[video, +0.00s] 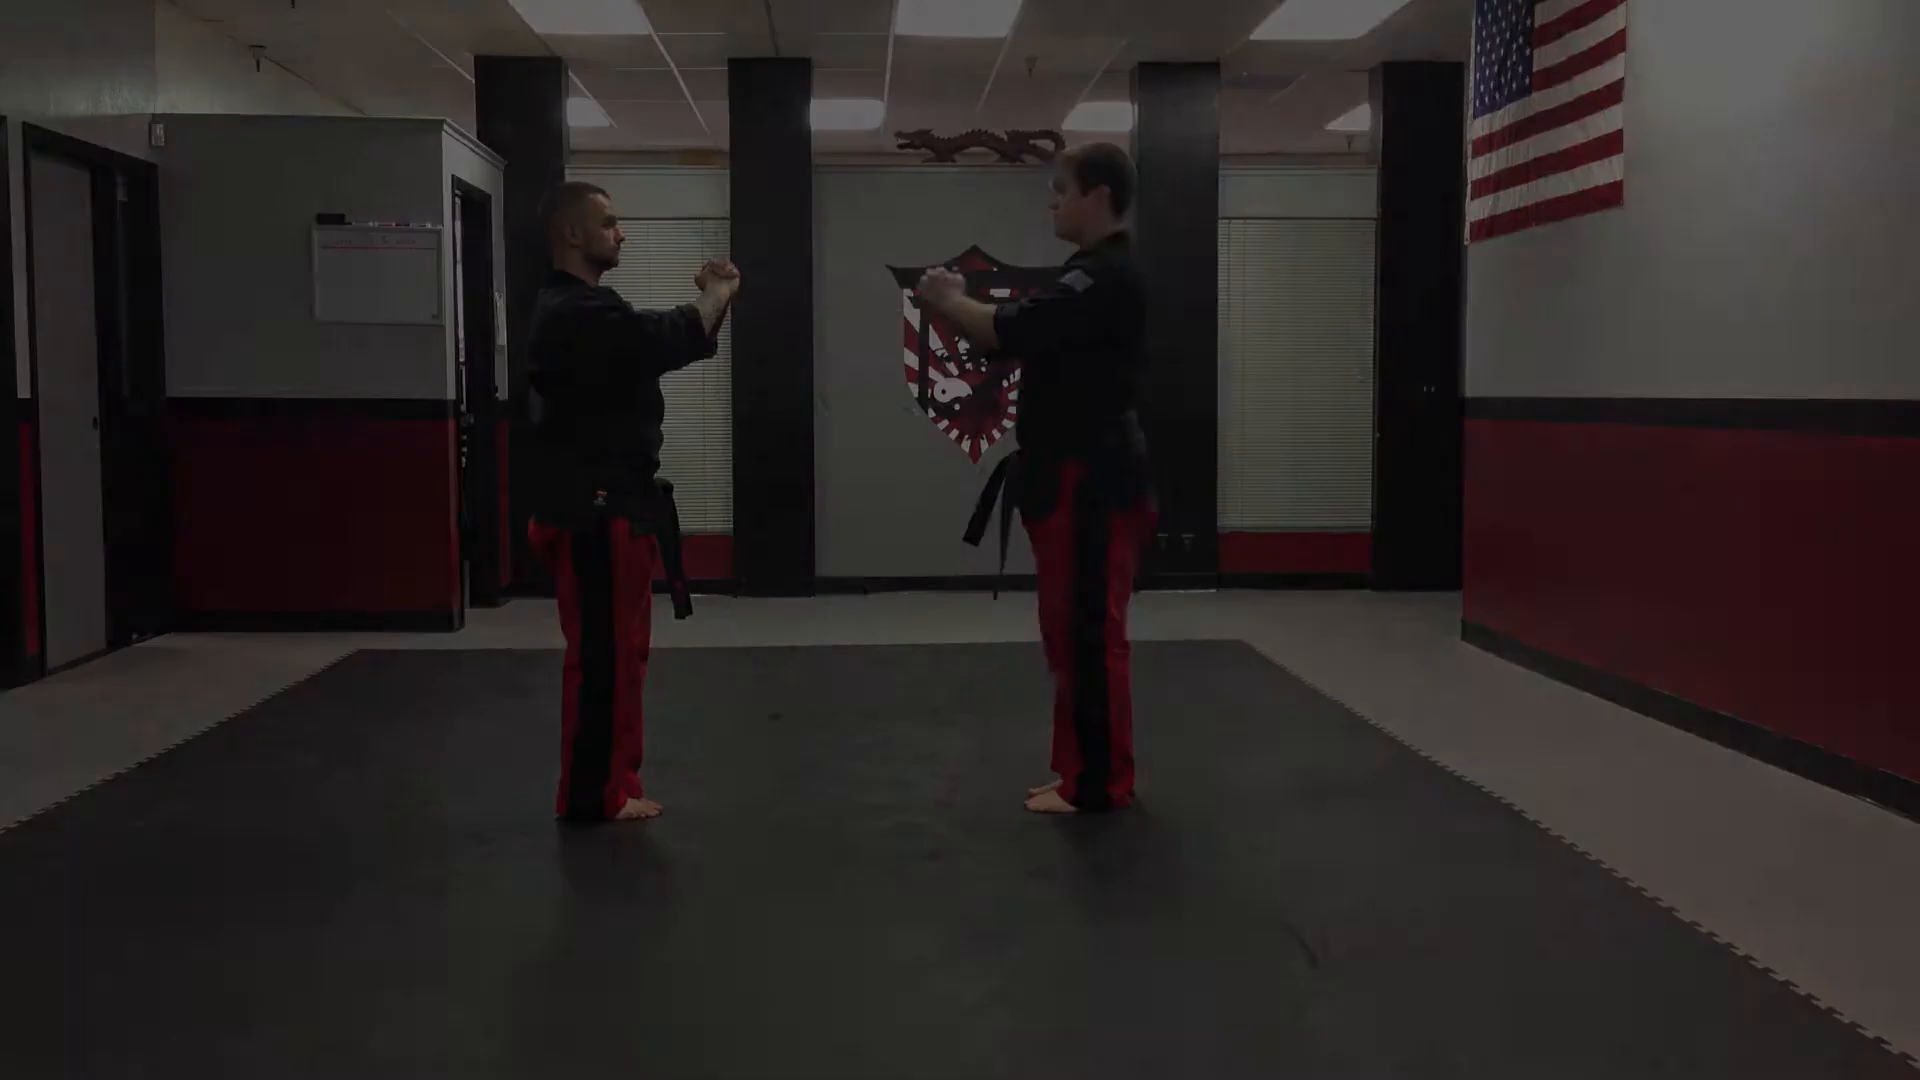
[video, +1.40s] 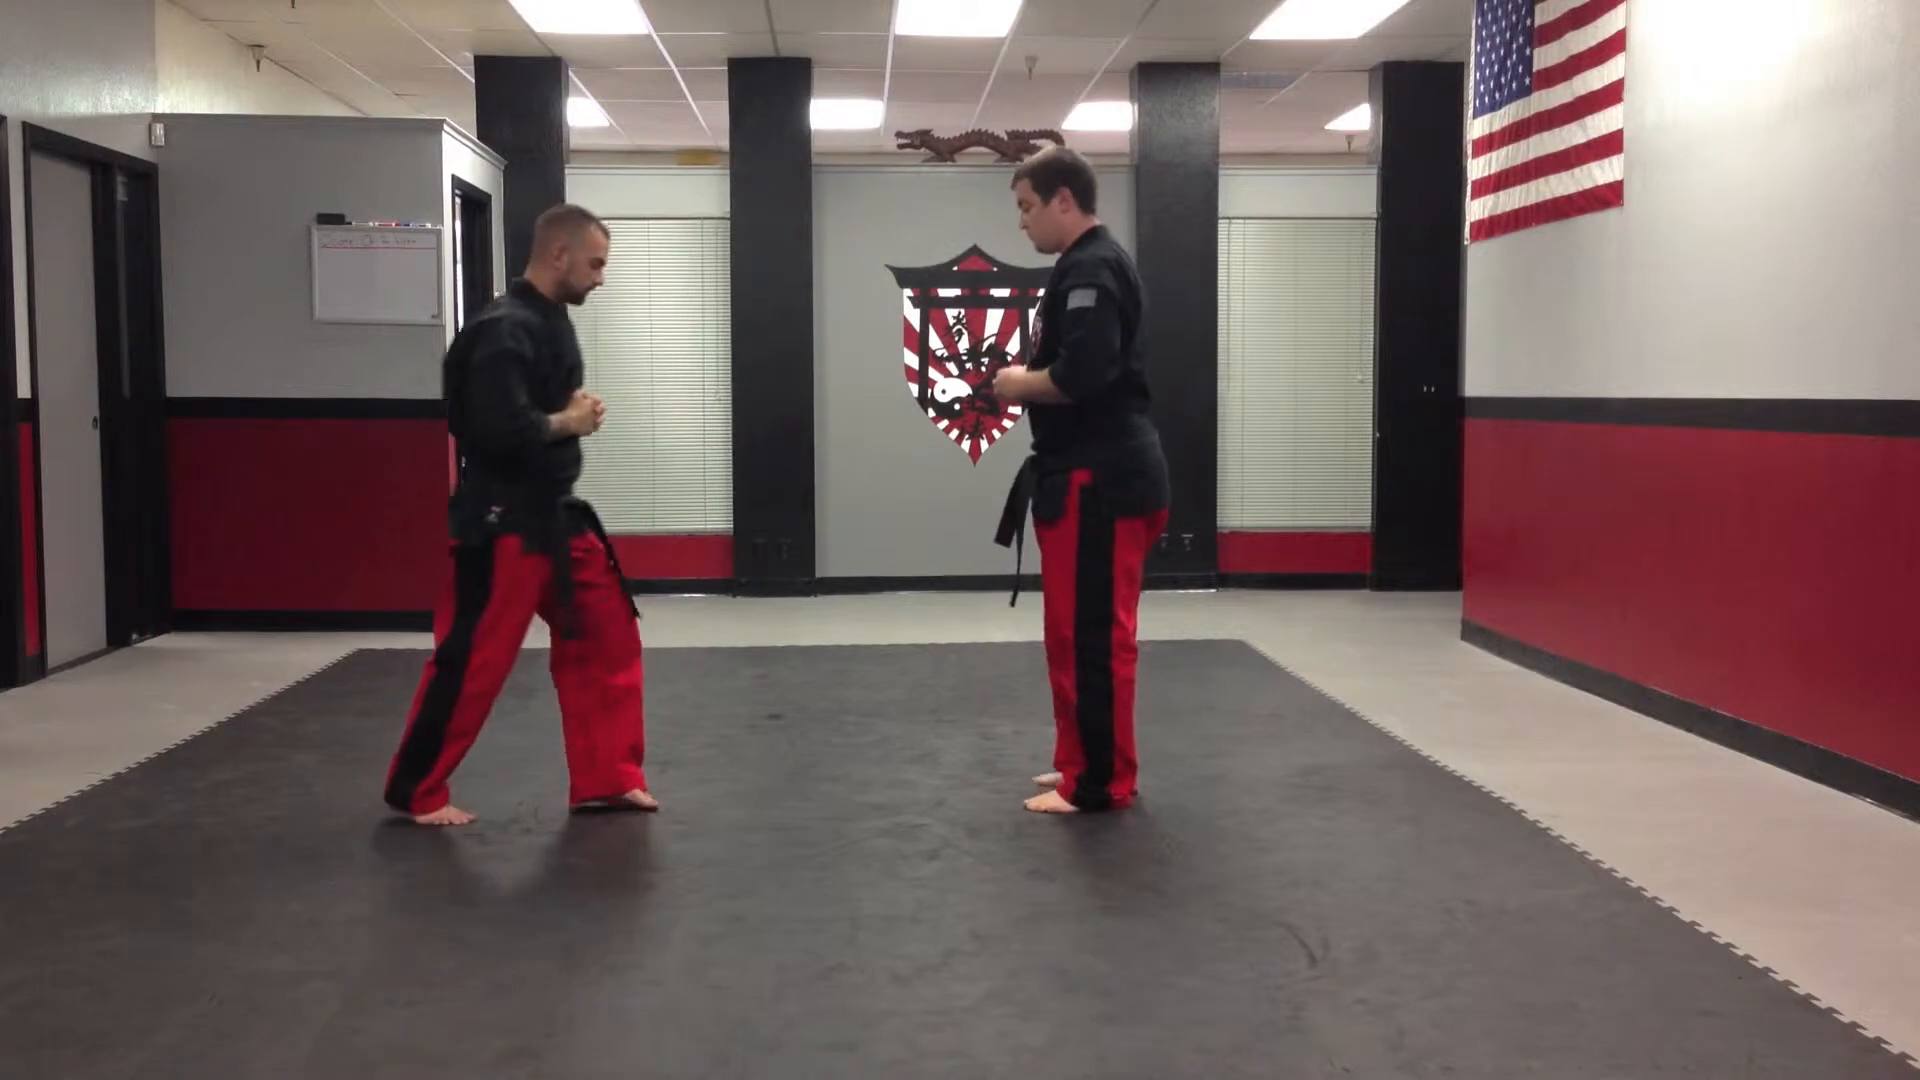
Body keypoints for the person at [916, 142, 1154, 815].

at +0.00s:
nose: (1052, 204)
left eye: (1061, 192)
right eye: (1053, 192)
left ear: (1099, 198)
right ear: (1099, 199)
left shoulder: (1104, 278)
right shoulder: (1093, 273)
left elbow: (1009, 334)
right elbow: (1021, 329)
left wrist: (949, 303)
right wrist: (962, 302)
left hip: (1092, 479)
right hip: (1073, 472)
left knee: (1086, 632)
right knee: (1075, 630)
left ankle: (1095, 784)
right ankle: (1088, 774)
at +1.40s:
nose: (1022, 222)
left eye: (1025, 208)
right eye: (1019, 209)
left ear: (1062, 201)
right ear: (1065, 203)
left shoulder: (1091, 269)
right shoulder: (1085, 264)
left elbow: (1085, 376)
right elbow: (1077, 370)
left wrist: (1016, 385)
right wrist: (1018, 380)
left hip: (1104, 479)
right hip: (1085, 475)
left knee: (1092, 637)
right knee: (1077, 632)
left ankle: (1100, 785)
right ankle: (1086, 764)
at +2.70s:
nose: (997, 237)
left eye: (1005, 223)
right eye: (999, 223)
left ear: (1041, 231)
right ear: (1055, 235)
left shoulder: (1033, 304)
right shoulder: (1094, 303)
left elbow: (934, 379)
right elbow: (1066, 395)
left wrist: (854, 373)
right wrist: (994, 405)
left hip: (1041, 505)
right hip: (1098, 499)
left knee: (964, 636)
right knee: (1095, 635)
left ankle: (983, 792)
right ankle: (1156, 761)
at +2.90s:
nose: (1002, 236)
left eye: (1010, 224)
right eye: (1006, 224)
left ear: (1041, 231)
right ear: (1067, 234)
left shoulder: (1016, 304)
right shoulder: (1111, 307)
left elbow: (914, 368)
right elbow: (1094, 380)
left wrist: (841, 367)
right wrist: (1003, 389)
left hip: (1043, 506)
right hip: (1116, 502)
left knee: (972, 639)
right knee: (1126, 638)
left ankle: (984, 792)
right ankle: (1176, 764)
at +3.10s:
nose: (1039, 239)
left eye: (1045, 226)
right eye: (1041, 226)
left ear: (1075, 231)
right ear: (1103, 234)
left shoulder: (1048, 291)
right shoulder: (1153, 307)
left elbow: (951, 313)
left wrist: (915, 287)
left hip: (1074, 504)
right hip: (1151, 503)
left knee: (1003, 644)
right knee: (1169, 637)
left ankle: (987, 794)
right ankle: (1233, 772)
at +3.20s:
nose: (1055, 243)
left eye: (1062, 231)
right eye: (1057, 231)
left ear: (1093, 234)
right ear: (1120, 236)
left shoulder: (1069, 296)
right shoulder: (1180, 304)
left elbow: (977, 329)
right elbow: (1195, 406)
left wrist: (957, 263)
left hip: (1096, 504)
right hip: (1177, 502)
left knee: (1026, 644)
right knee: (1190, 639)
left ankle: (1003, 788)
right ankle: (1231, 776)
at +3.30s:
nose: (1066, 252)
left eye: (1072, 239)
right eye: (1067, 240)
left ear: (1103, 240)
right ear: (1131, 242)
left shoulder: (1086, 307)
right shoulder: (1195, 309)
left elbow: (1022, 376)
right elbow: (1229, 403)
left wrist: (986, 315)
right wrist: (1162, 410)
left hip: (1103, 509)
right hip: (1187, 508)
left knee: (1037, 638)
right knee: (1195, 642)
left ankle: (1038, 779)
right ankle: (1232, 775)